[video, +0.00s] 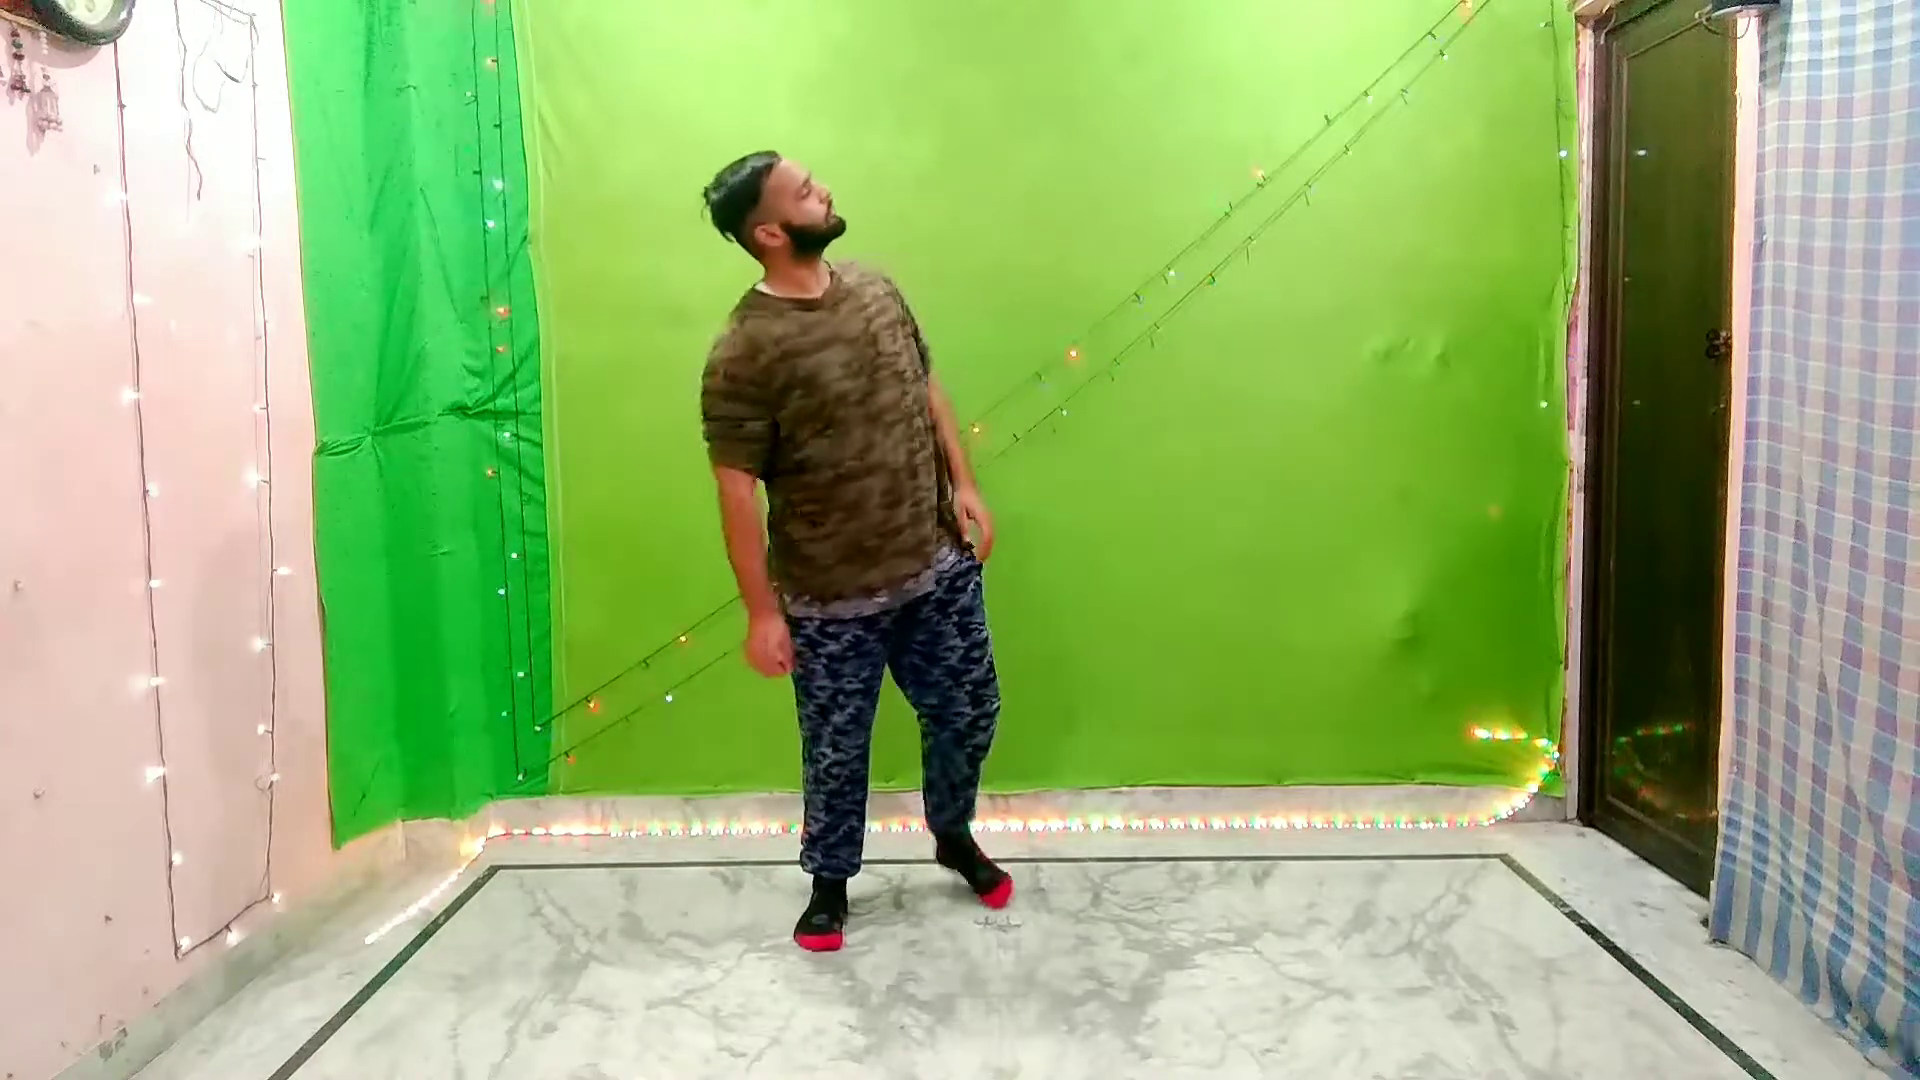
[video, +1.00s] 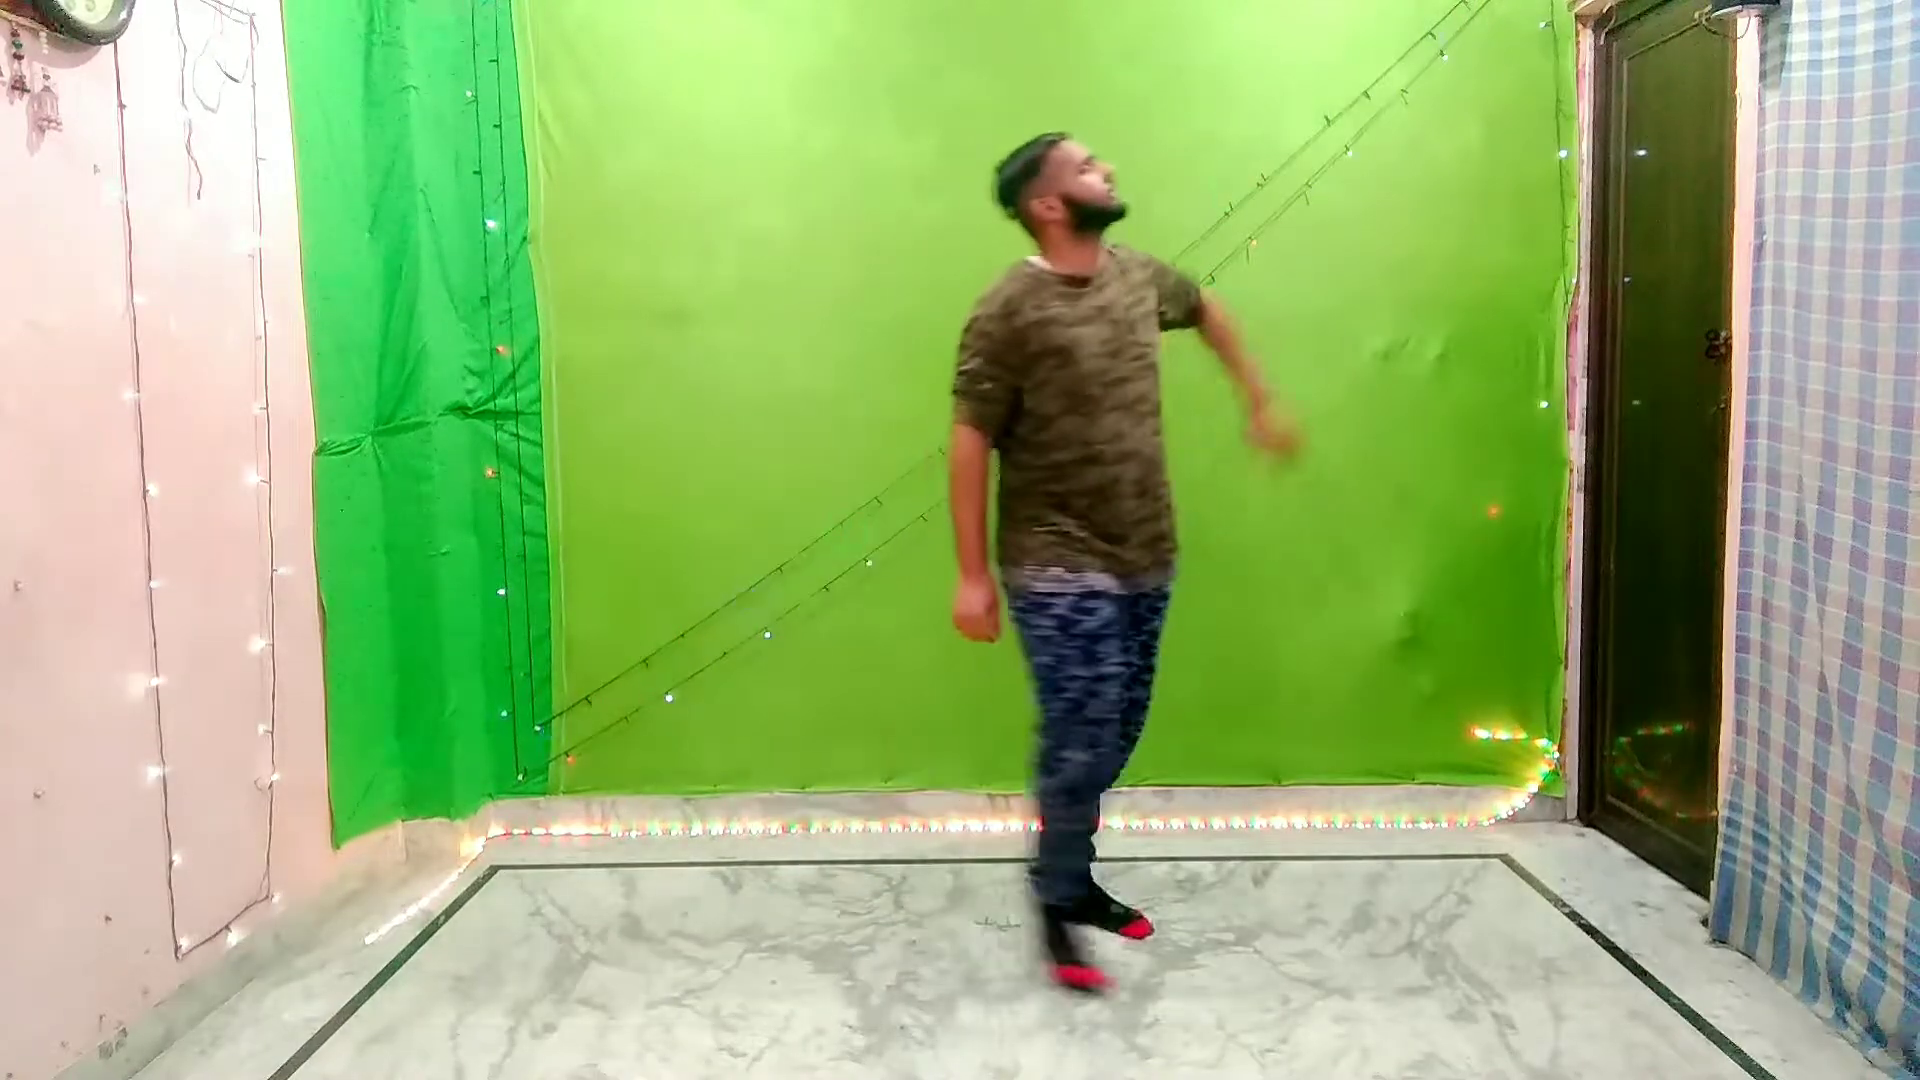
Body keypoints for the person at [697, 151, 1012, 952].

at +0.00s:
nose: (820, 187)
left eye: (809, 177)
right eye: (800, 188)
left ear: (787, 224)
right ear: (764, 234)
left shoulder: (873, 292)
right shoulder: (745, 355)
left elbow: (927, 395)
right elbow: (737, 487)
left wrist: (964, 485)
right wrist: (761, 610)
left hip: (933, 566)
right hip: (831, 594)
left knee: (969, 712)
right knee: (836, 752)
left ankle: (952, 831)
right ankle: (828, 886)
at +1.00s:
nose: (1100, 166)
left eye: (1092, 157)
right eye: (1078, 162)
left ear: (1083, 197)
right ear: (1038, 202)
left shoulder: (1134, 277)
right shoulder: (1009, 309)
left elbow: (1203, 311)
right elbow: (970, 437)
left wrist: (1257, 398)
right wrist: (972, 572)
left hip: (1143, 544)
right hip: (1055, 550)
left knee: (1117, 726)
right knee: (1083, 723)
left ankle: (1070, 877)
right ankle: (1057, 907)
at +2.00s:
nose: (1289, 179)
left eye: (1277, 167)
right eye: (1268, 177)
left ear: (1240, 218)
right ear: (1226, 223)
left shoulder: (1296, 287)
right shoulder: (1227, 321)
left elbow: (1350, 406)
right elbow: (1321, 441)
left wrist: (1395, 339)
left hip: (1392, 578)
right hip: (1300, 601)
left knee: (1440, 745)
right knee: (1298, 775)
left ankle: (1442, 915)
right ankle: (1251, 940)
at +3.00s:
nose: (1412, 157)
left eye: (1398, 147)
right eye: (1391, 159)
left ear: (1371, 212)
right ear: (1357, 214)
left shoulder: (1428, 292)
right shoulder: (1346, 301)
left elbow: (1508, 384)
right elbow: (1456, 410)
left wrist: (1555, 277)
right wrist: (1496, 282)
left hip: (1458, 569)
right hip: (1368, 571)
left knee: (1490, 746)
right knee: (1393, 747)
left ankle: (1448, 917)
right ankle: (1271, 917)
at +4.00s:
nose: (1022, 229)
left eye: (1015, 218)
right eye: (1004, 221)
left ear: (987, 250)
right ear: (962, 252)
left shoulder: (1001, 332)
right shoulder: (947, 330)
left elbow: (1081, 338)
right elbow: (1059, 348)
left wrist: (1147, 351)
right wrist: (1197, 312)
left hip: (999, 616)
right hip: (897, 614)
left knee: (1076, 739)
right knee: (826, 771)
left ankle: (1102, 911)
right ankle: (710, 904)